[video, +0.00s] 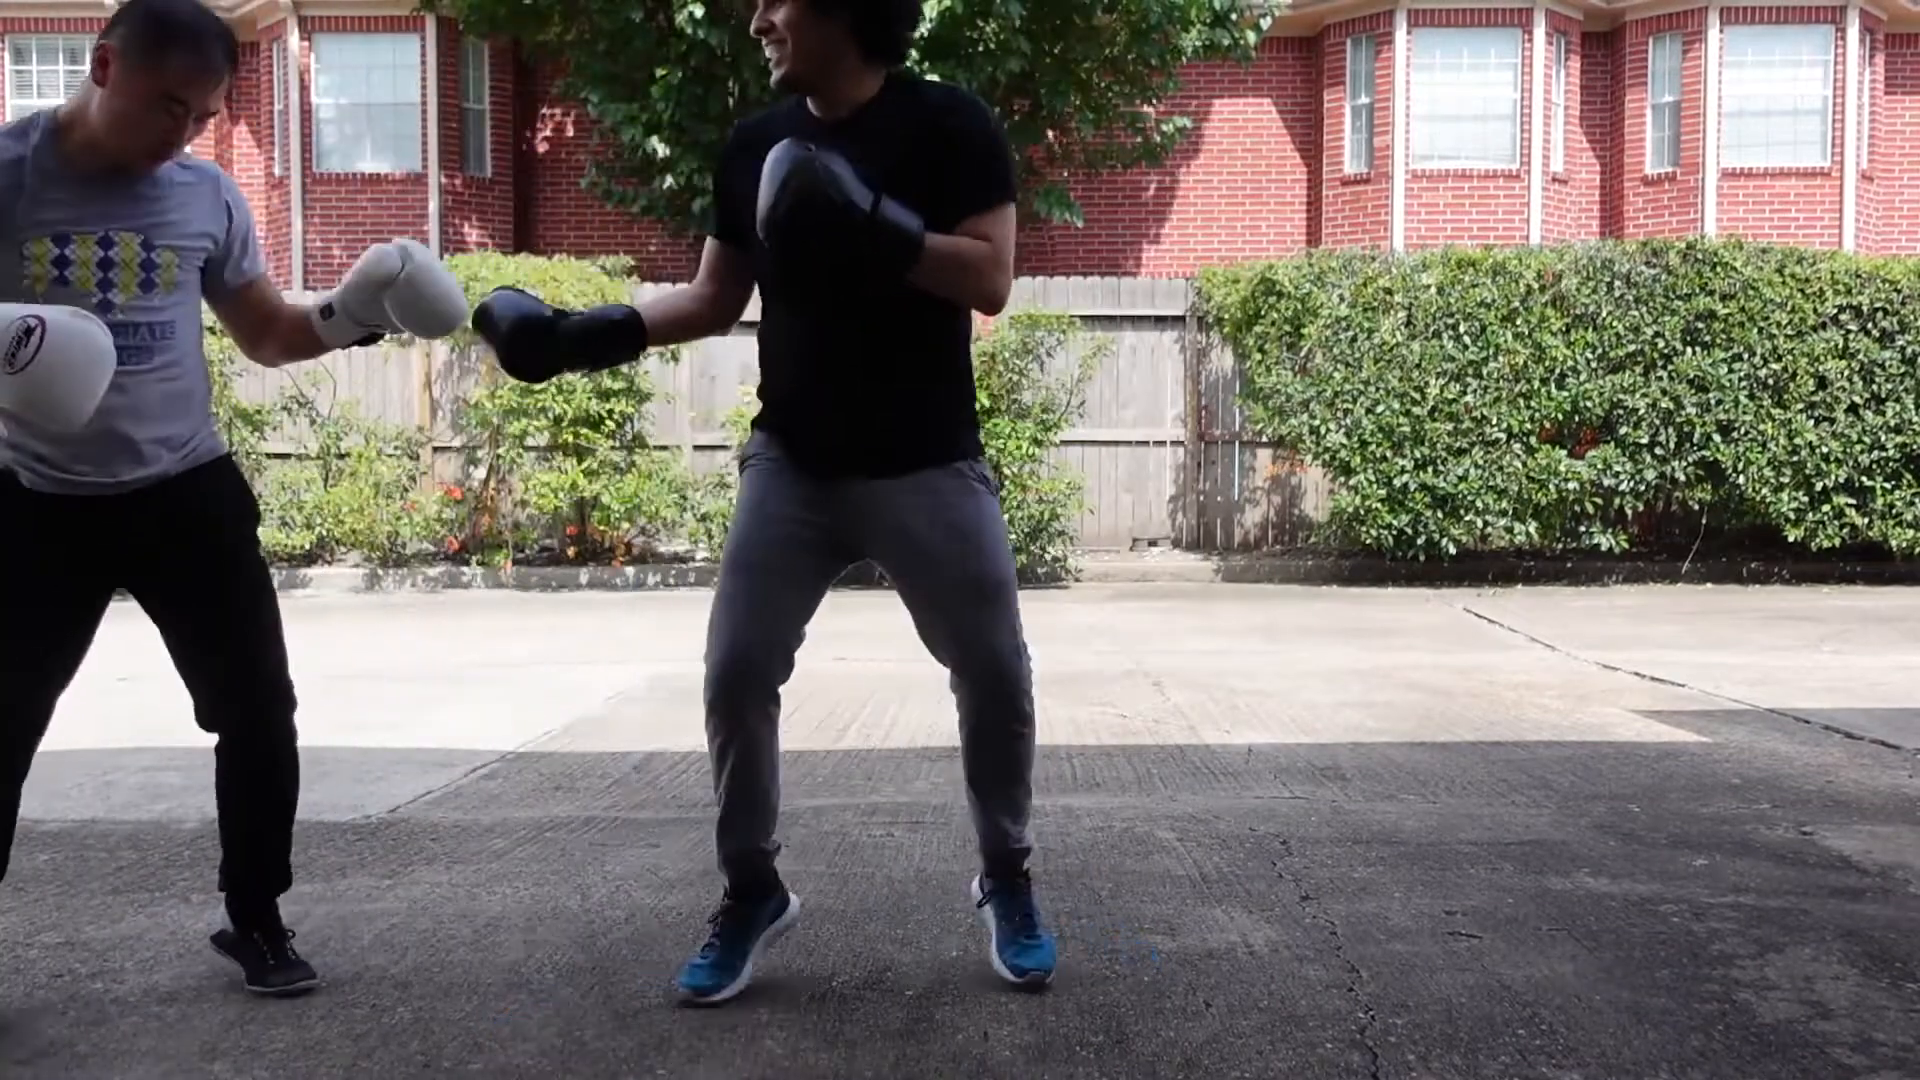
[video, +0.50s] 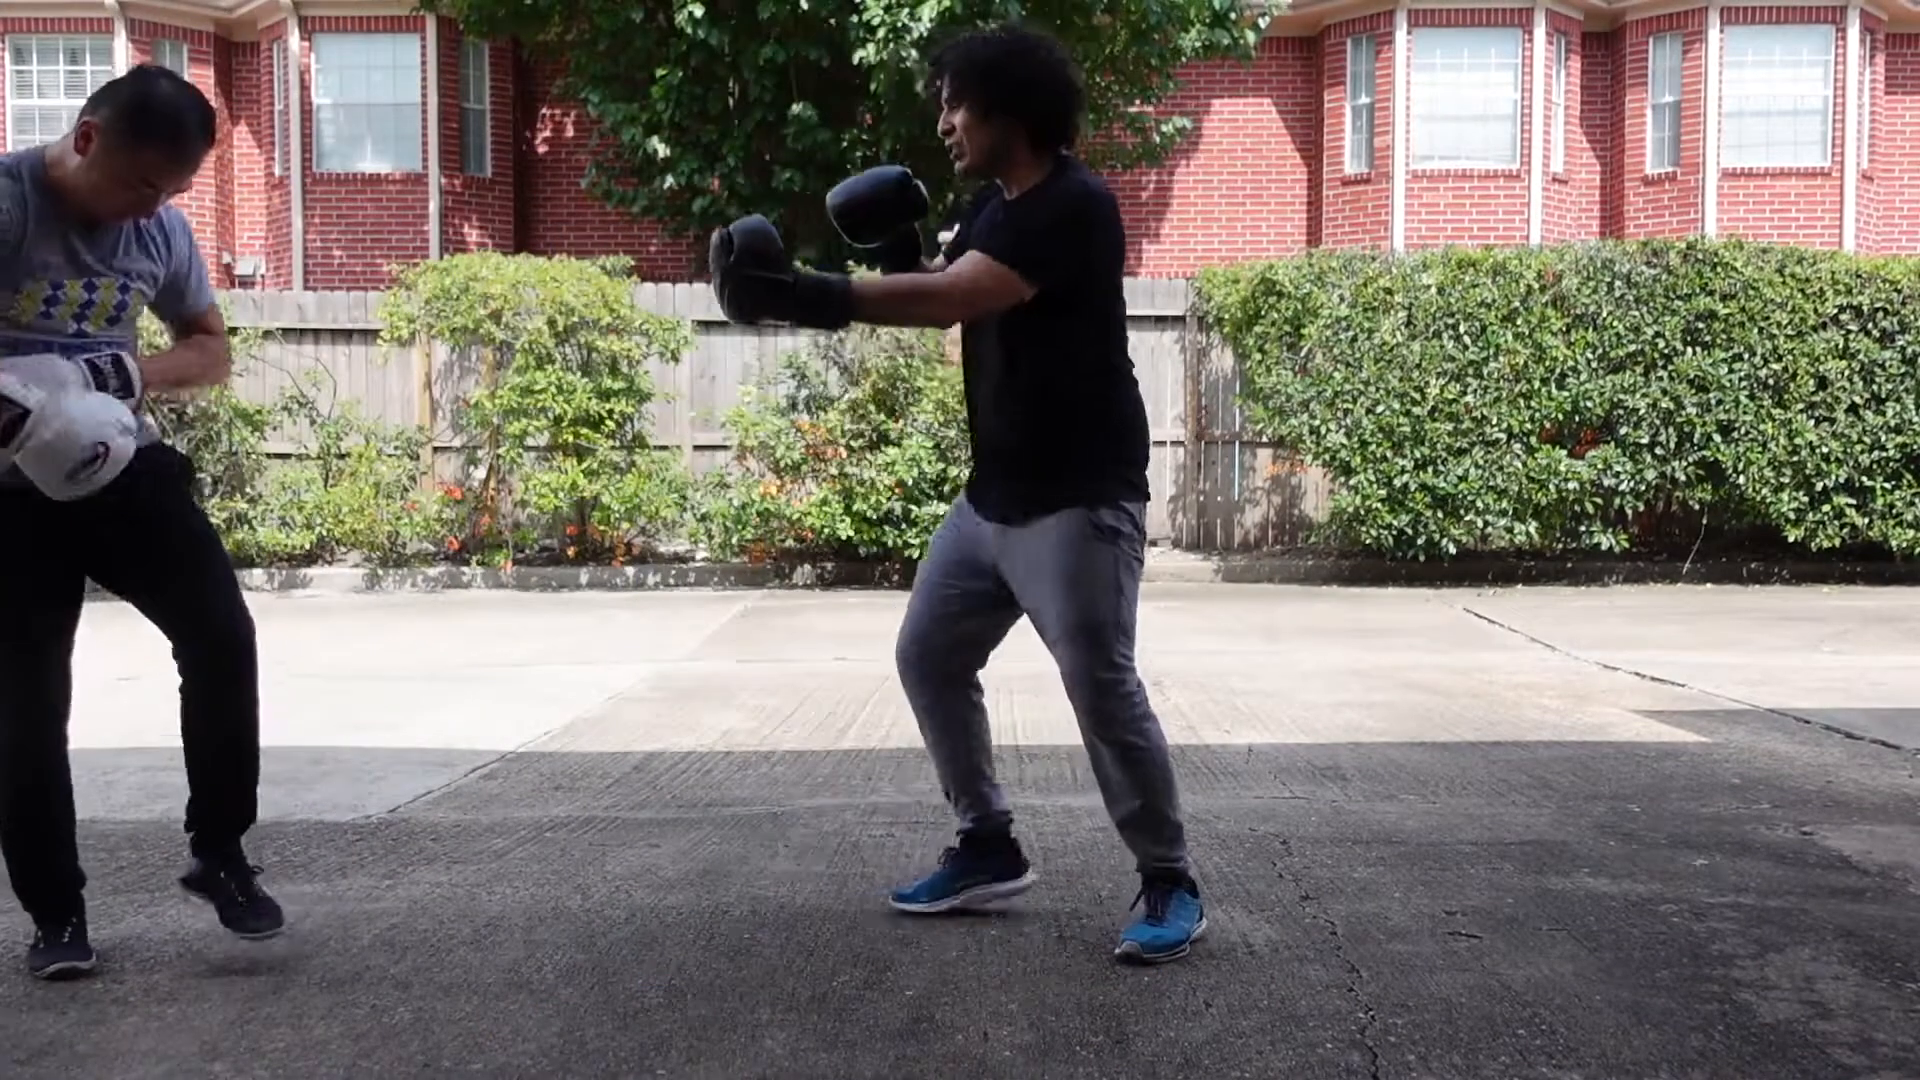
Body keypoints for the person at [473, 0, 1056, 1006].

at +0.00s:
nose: (763, 22)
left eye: (781, 4)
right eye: (763, 6)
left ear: (848, 15)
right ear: (792, 22)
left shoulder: (952, 126)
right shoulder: (759, 146)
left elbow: (990, 283)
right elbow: (710, 298)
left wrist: (870, 218)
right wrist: (573, 333)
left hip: (929, 470)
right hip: (792, 469)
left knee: (999, 675)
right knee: (736, 676)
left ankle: (1007, 879)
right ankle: (751, 895)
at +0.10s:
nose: (776, 65)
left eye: (792, 44)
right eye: (774, 46)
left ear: (856, 49)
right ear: (820, 58)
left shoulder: (961, 163)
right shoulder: (789, 187)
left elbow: (984, 316)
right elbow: (739, 334)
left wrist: (858, 267)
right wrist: (619, 309)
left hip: (958, 503)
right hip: (826, 505)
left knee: (1050, 700)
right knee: (772, 701)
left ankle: (1100, 871)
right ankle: (790, 919)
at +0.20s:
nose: (813, 119)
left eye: (827, 101)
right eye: (811, 103)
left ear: (883, 107)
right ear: (839, 112)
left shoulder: (984, 201)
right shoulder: (830, 218)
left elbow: (982, 350)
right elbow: (773, 356)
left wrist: (838, 324)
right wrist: (691, 282)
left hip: (992, 537)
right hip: (867, 534)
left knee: (1067, 722)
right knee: (794, 711)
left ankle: (1167, 869)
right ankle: (790, 922)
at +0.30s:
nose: (869, 129)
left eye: (881, 111)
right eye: (868, 113)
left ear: (935, 114)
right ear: (926, 120)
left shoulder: (1026, 208)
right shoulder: (903, 226)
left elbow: (970, 346)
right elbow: (869, 327)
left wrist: (825, 346)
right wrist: (795, 281)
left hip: (1040, 528)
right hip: (930, 525)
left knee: (1086, 717)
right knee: (845, 701)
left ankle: (1164, 886)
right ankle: (797, 912)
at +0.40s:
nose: (915, 122)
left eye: (929, 103)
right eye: (916, 104)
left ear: (982, 107)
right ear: (964, 114)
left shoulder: (1056, 202)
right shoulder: (963, 209)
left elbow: (958, 324)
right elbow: (916, 308)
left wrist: (819, 325)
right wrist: (861, 258)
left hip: (1067, 508)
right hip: (968, 506)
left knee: (1096, 699)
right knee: (891, 667)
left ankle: (1169, 889)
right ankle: (875, 884)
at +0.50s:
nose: (946, 128)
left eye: (959, 110)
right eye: (945, 111)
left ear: (1015, 112)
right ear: (986, 114)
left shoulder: (1075, 203)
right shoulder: (988, 209)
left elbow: (962, 296)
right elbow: (950, 309)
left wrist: (816, 296)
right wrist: (902, 259)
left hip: (1081, 498)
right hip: (993, 496)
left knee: (1102, 688)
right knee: (930, 657)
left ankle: (1168, 885)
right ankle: (987, 847)